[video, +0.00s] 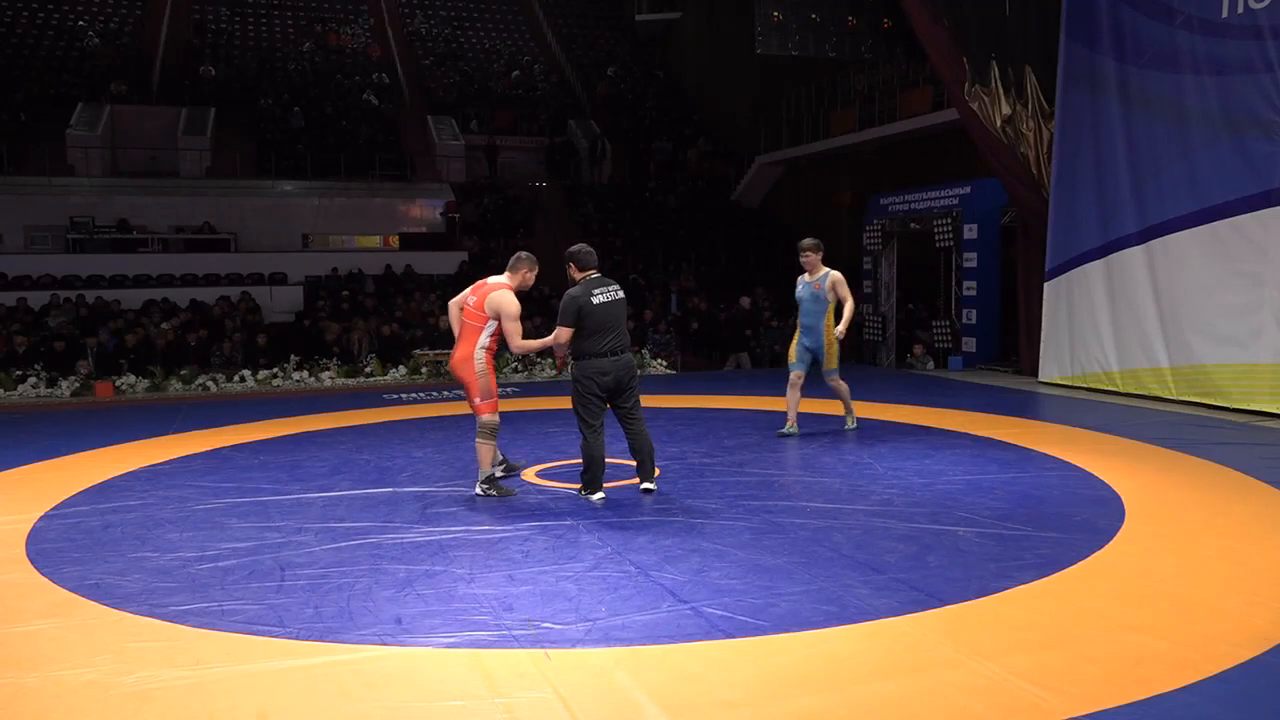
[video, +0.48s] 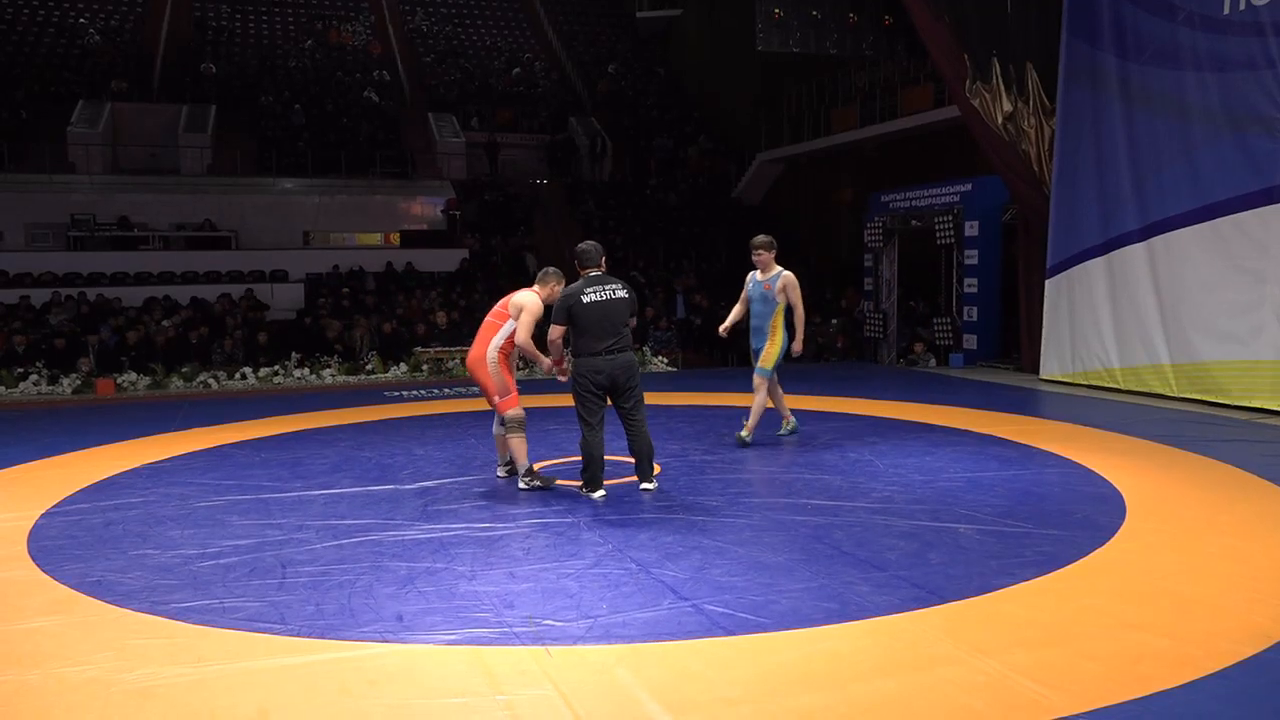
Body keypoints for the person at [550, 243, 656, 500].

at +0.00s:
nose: (568, 271)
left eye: (568, 267)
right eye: (568, 267)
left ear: (573, 268)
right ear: (595, 264)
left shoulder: (574, 296)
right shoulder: (614, 286)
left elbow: (560, 339)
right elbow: (615, 323)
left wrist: (558, 352)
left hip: (590, 368)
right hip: (623, 364)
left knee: (592, 430)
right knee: (634, 421)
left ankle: (593, 487)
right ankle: (648, 478)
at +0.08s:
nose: (567, 270)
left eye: (567, 267)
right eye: (568, 266)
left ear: (571, 268)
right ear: (595, 264)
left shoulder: (571, 297)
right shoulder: (614, 287)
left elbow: (557, 340)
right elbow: (612, 323)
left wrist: (560, 347)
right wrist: (569, 342)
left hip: (589, 369)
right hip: (623, 364)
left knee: (591, 430)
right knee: (633, 420)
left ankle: (593, 487)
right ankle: (647, 478)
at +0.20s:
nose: (568, 270)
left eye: (568, 267)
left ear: (570, 268)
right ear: (596, 263)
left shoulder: (568, 296)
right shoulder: (615, 286)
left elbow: (553, 338)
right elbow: (613, 322)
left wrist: (562, 347)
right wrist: (571, 340)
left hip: (588, 368)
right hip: (622, 363)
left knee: (591, 429)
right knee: (634, 419)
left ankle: (593, 486)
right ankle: (647, 477)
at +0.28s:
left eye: (570, 266)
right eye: (597, 260)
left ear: (571, 267)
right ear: (598, 263)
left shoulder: (567, 296)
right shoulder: (616, 286)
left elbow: (552, 338)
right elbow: (614, 322)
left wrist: (558, 348)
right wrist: (570, 338)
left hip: (588, 368)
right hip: (623, 363)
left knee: (591, 428)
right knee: (635, 419)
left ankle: (593, 486)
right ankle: (648, 476)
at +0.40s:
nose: (601, 263)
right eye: (602, 260)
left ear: (574, 266)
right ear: (601, 262)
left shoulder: (566, 295)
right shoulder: (619, 287)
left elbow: (553, 338)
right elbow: (621, 320)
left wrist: (558, 357)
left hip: (587, 367)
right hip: (623, 363)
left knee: (591, 428)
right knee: (635, 419)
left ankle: (593, 485)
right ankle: (647, 477)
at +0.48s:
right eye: (603, 260)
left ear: (576, 266)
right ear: (603, 262)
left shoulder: (568, 295)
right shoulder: (622, 287)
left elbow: (554, 338)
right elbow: (631, 323)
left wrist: (558, 362)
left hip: (588, 367)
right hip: (623, 363)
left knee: (591, 428)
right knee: (635, 420)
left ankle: (593, 485)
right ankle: (647, 478)